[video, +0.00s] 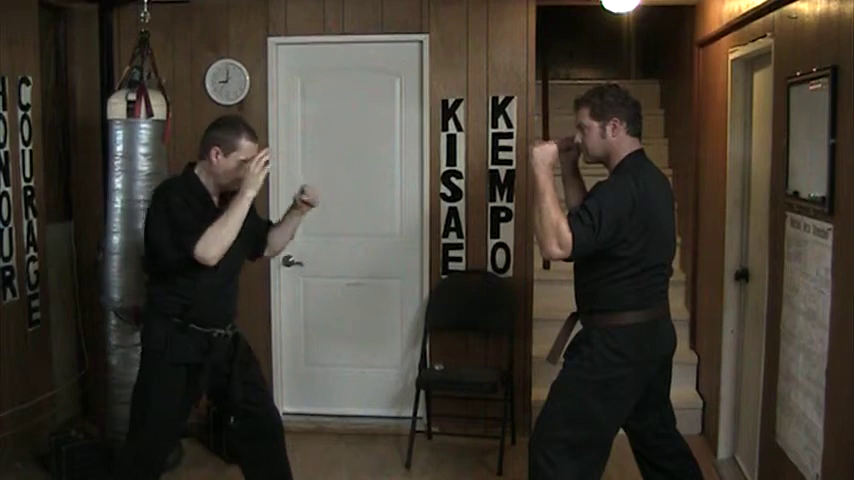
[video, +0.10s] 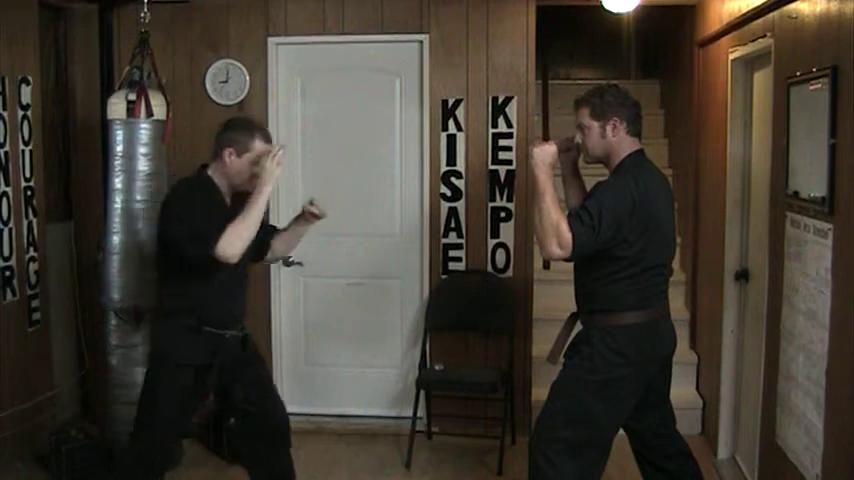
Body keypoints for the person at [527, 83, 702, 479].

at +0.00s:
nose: (579, 138)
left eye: (583, 129)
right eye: (578, 130)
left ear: (613, 128)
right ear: (619, 128)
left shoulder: (622, 186)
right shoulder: (654, 182)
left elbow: (559, 245)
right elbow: (587, 229)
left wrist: (542, 171)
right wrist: (571, 170)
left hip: (613, 342)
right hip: (652, 336)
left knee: (554, 451)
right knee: (660, 446)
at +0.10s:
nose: (579, 139)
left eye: (583, 129)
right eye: (578, 130)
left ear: (613, 127)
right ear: (619, 128)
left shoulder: (622, 186)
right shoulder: (653, 181)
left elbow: (559, 245)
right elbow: (587, 229)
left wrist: (542, 172)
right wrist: (571, 170)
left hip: (613, 342)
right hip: (651, 336)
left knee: (554, 451)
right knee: (660, 446)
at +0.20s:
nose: (579, 138)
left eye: (583, 129)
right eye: (578, 130)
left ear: (613, 128)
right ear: (619, 128)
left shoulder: (622, 186)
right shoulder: (653, 182)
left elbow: (558, 245)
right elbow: (587, 230)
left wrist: (542, 172)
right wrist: (571, 170)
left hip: (613, 342)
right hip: (651, 336)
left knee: (554, 452)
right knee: (660, 446)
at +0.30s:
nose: (579, 138)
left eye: (583, 129)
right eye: (578, 130)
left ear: (613, 128)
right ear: (619, 128)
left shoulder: (622, 186)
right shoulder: (653, 182)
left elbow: (559, 245)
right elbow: (587, 230)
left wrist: (542, 172)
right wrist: (571, 170)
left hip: (613, 342)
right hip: (651, 336)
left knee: (554, 452)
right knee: (660, 446)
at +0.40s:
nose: (579, 139)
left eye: (583, 130)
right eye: (578, 131)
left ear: (613, 128)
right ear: (618, 128)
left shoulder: (622, 186)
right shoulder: (653, 181)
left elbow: (559, 246)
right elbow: (587, 231)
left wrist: (542, 173)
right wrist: (571, 172)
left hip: (613, 342)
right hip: (651, 337)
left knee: (554, 452)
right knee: (660, 446)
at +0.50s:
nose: (580, 139)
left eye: (583, 130)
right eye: (578, 131)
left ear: (613, 128)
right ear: (618, 128)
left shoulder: (622, 186)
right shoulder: (653, 181)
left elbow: (559, 246)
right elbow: (587, 231)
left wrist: (542, 173)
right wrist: (571, 171)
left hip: (613, 342)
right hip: (651, 337)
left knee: (554, 451)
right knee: (660, 446)